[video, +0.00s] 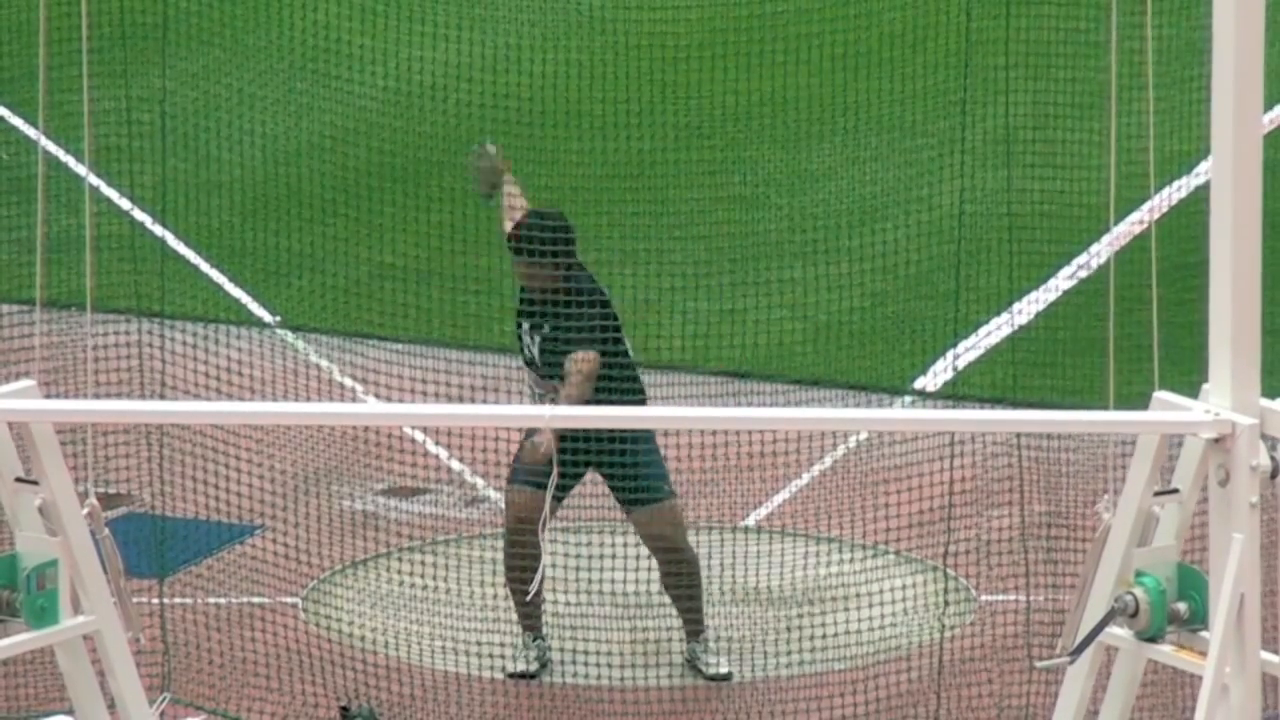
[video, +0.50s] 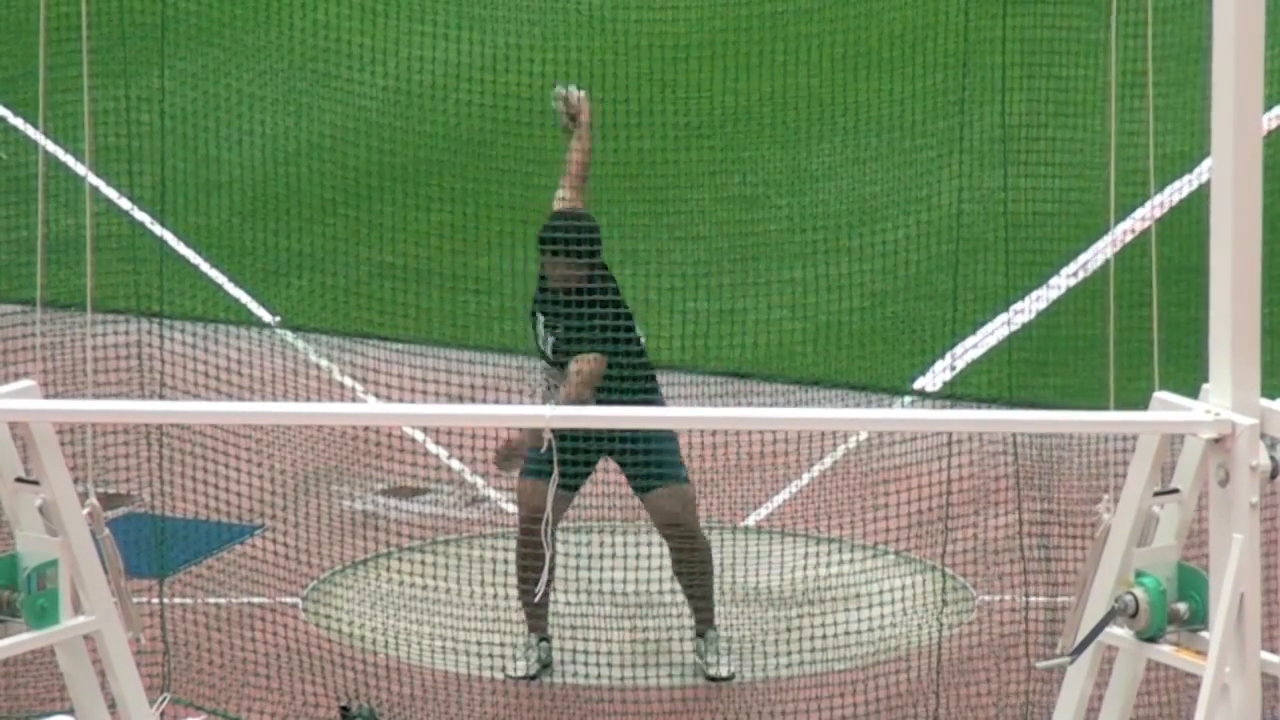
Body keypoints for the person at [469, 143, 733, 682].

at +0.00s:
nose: (523, 270)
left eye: (532, 262)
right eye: (520, 260)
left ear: (557, 262)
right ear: (518, 254)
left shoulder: (585, 300)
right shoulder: (535, 276)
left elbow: (583, 375)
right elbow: (516, 214)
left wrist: (553, 430)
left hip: (617, 428)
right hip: (559, 426)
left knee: (667, 536)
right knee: (519, 517)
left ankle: (698, 641)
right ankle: (532, 638)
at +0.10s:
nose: (523, 269)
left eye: (533, 261)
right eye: (518, 259)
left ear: (556, 257)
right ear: (514, 251)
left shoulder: (572, 296)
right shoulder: (541, 237)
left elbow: (552, 374)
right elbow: (551, 181)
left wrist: (500, 424)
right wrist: (558, 139)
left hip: (613, 422)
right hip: (553, 420)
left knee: (659, 535)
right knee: (519, 517)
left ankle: (702, 636)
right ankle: (532, 640)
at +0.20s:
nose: (512, 260)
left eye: (520, 253)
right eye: (511, 251)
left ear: (547, 255)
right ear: (528, 247)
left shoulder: (565, 298)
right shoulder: (555, 238)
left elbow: (532, 371)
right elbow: (573, 175)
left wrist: (470, 416)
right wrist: (593, 116)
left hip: (613, 422)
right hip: (557, 419)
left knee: (656, 532)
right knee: (522, 512)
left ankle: (709, 634)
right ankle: (535, 641)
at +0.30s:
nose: (510, 258)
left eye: (518, 250)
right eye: (511, 248)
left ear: (546, 254)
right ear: (538, 244)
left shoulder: (564, 296)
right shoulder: (562, 232)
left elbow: (531, 368)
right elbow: (584, 169)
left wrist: (463, 414)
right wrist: (611, 111)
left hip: (620, 421)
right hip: (561, 419)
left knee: (657, 531)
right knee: (525, 514)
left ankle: (712, 631)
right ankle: (535, 641)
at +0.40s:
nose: (522, 261)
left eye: (530, 254)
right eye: (522, 251)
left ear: (557, 257)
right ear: (542, 248)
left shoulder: (573, 299)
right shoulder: (563, 236)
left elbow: (543, 376)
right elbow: (585, 170)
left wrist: (475, 420)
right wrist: (610, 106)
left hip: (627, 417)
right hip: (565, 415)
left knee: (667, 530)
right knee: (529, 517)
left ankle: (712, 632)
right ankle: (537, 642)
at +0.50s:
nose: (561, 270)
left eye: (572, 262)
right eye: (555, 260)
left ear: (589, 263)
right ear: (542, 257)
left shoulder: (600, 308)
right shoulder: (556, 260)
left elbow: (581, 386)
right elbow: (570, 186)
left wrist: (533, 437)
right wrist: (580, 127)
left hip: (633, 417)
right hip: (570, 416)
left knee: (679, 522)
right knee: (532, 517)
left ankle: (707, 633)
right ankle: (537, 640)